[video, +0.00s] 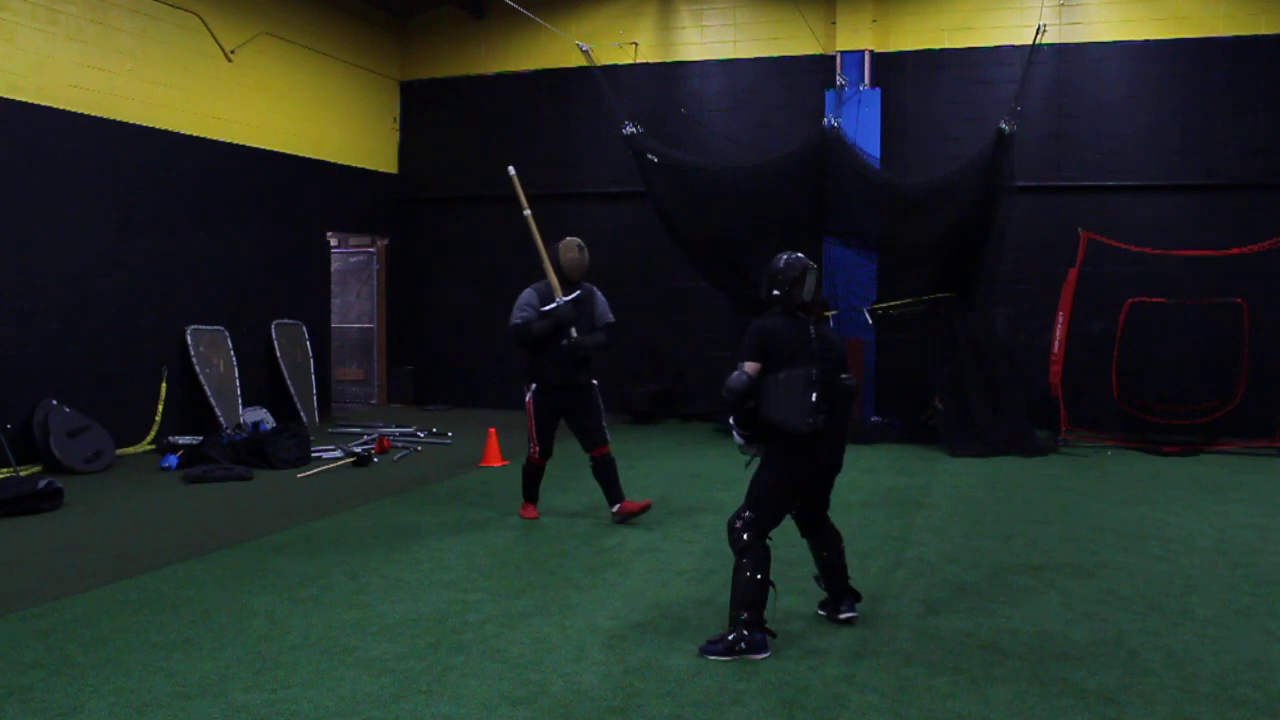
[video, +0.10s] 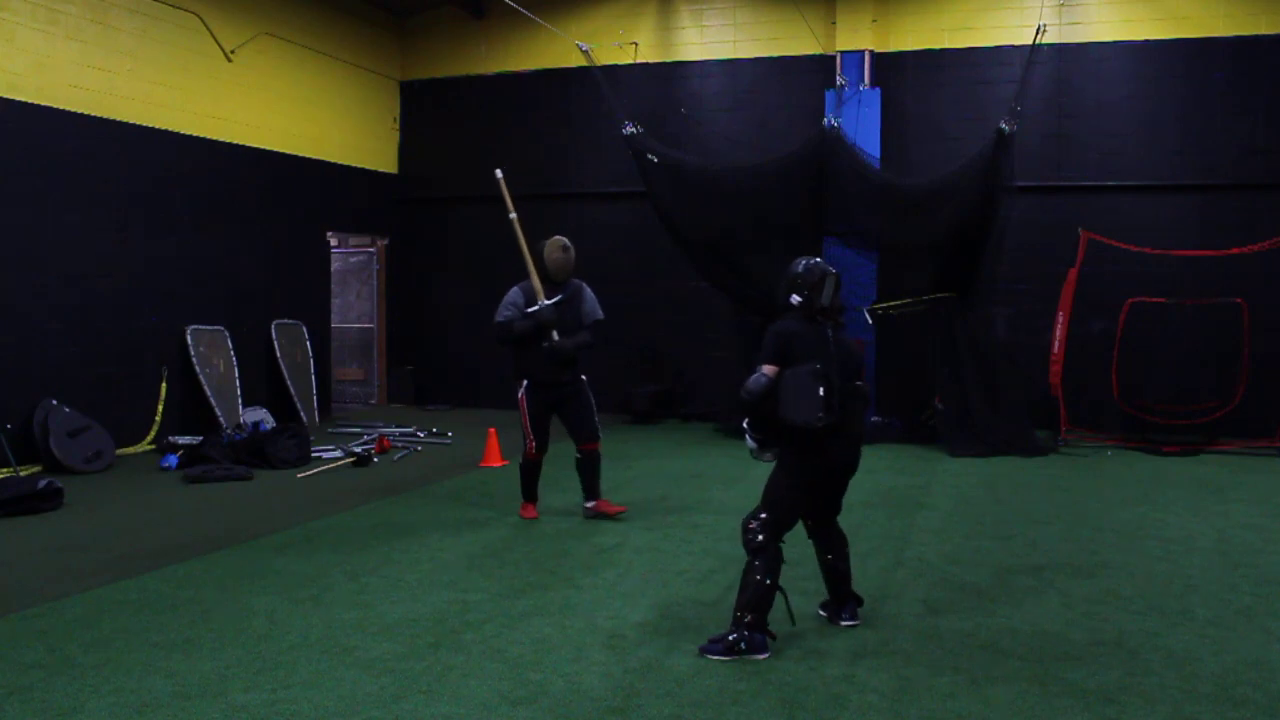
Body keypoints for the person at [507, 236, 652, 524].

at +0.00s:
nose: (576, 258)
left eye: (580, 252)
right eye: (570, 252)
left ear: (587, 259)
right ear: (557, 259)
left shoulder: (592, 296)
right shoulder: (534, 295)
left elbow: (607, 334)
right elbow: (519, 332)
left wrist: (581, 343)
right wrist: (556, 318)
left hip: (581, 384)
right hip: (544, 385)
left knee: (599, 446)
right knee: (539, 451)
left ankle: (617, 504)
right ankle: (529, 502)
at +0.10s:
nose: (563, 265)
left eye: (567, 260)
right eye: (557, 259)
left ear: (572, 262)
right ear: (544, 260)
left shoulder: (580, 292)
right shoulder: (522, 293)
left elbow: (595, 331)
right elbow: (502, 330)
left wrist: (567, 344)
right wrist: (538, 321)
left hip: (572, 379)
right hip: (535, 381)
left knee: (589, 439)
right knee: (535, 445)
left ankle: (592, 501)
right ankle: (529, 502)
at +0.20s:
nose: (553, 265)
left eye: (557, 260)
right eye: (548, 259)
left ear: (563, 261)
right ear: (535, 259)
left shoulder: (572, 287)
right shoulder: (513, 290)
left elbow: (588, 324)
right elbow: (491, 326)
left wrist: (557, 341)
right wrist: (524, 317)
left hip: (563, 374)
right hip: (527, 376)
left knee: (578, 433)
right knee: (530, 440)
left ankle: (559, 490)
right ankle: (528, 501)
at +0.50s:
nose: (530, 280)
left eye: (534, 274)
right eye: (525, 275)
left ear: (542, 270)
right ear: (516, 270)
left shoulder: (555, 293)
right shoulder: (497, 294)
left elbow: (570, 330)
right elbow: (473, 327)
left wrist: (534, 346)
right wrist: (499, 321)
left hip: (540, 376)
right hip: (507, 375)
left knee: (528, 437)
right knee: (519, 437)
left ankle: (503, 479)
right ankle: (526, 498)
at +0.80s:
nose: (526, 273)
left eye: (531, 268)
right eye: (522, 267)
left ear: (536, 267)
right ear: (510, 265)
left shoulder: (543, 295)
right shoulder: (487, 289)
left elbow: (554, 332)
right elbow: (461, 320)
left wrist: (520, 344)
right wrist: (492, 317)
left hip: (522, 372)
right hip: (489, 369)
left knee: (513, 430)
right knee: (494, 428)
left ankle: (500, 485)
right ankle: (489, 490)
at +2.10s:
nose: (514, 267)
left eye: (519, 262)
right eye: (508, 260)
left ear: (522, 265)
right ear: (493, 258)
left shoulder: (525, 296)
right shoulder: (465, 286)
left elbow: (540, 335)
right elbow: (429, 312)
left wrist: (508, 345)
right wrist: (469, 316)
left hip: (505, 387)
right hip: (467, 384)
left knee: (507, 454)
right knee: (456, 456)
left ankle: (505, 513)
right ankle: (444, 525)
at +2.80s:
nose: (548, 273)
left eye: (550, 266)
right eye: (542, 266)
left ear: (542, 269)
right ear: (523, 264)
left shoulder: (537, 307)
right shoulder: (483, 294)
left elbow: (544, 352)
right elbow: (460, 333)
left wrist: (537, 368)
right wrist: (515, 337)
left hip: (509, 403)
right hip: (470, 400)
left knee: (528, 472)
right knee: (459, 477)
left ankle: (523, 548)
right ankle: (439, 524)